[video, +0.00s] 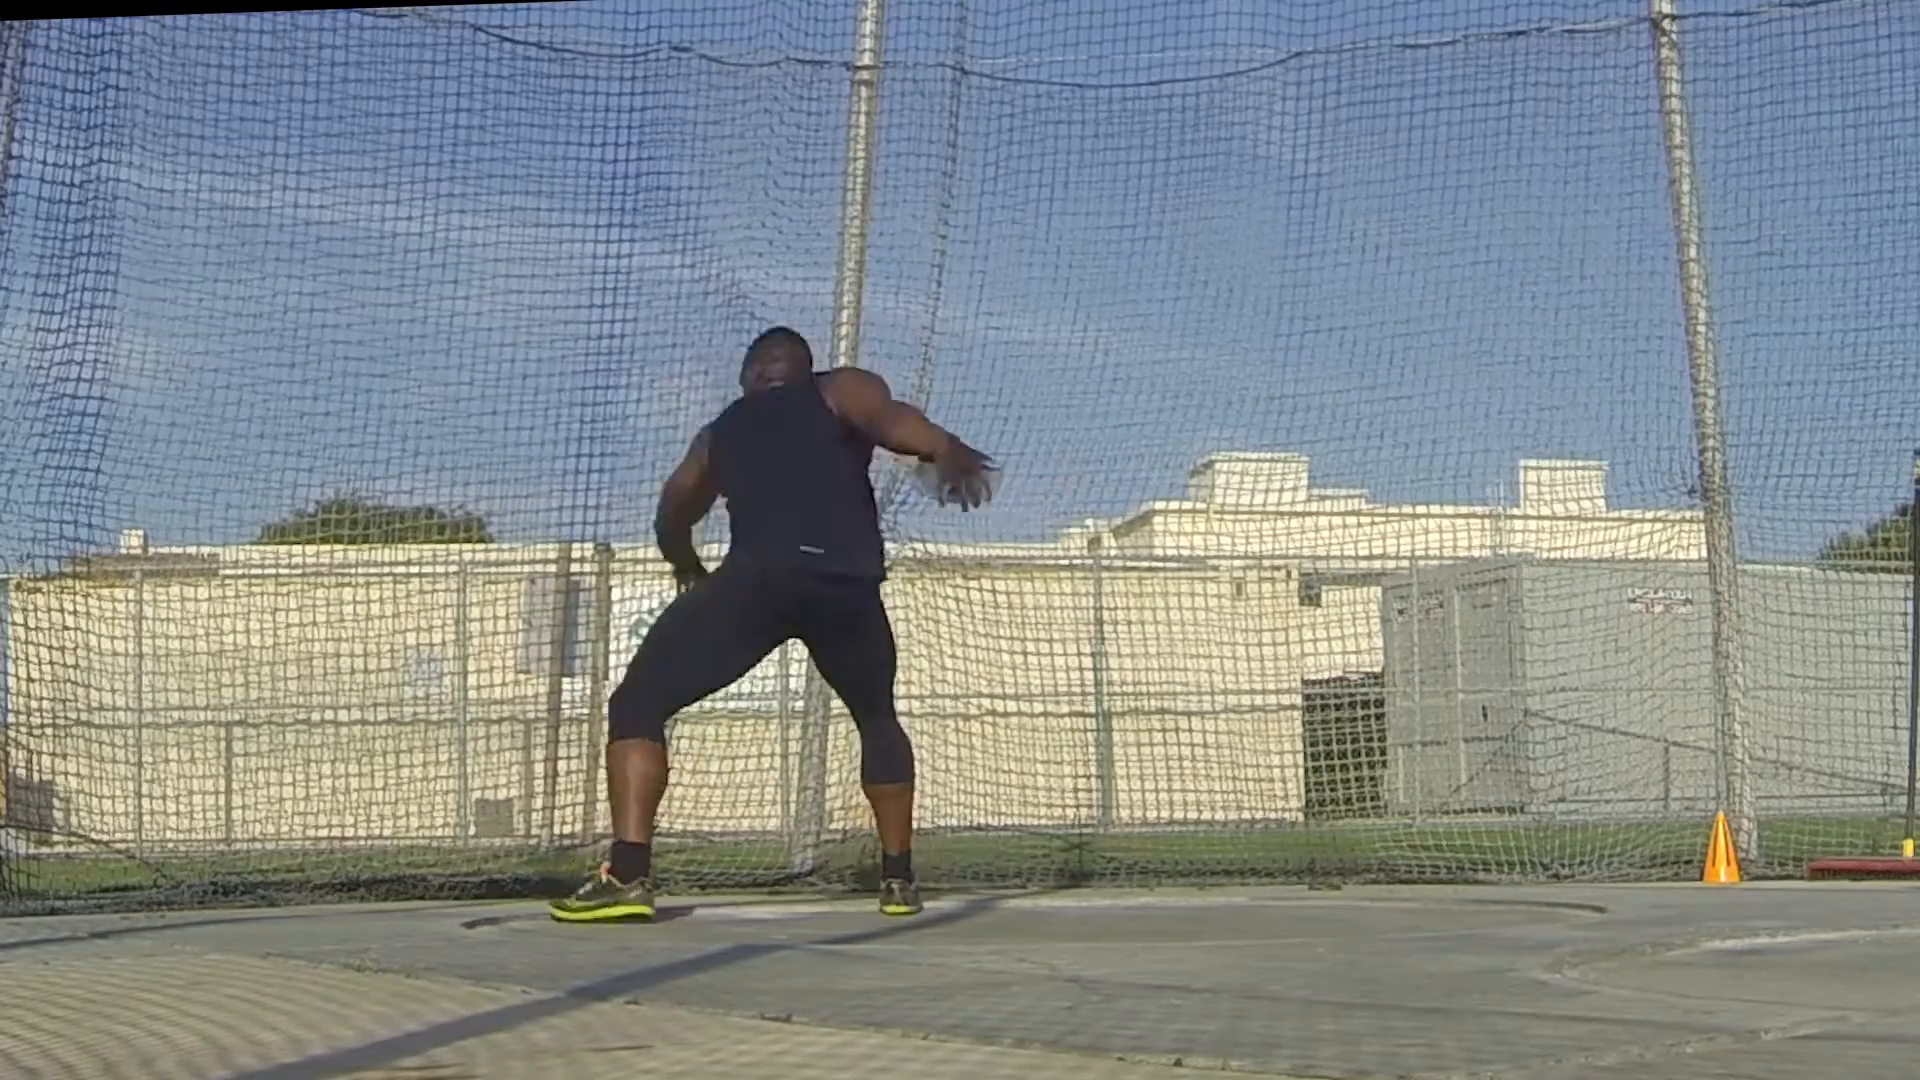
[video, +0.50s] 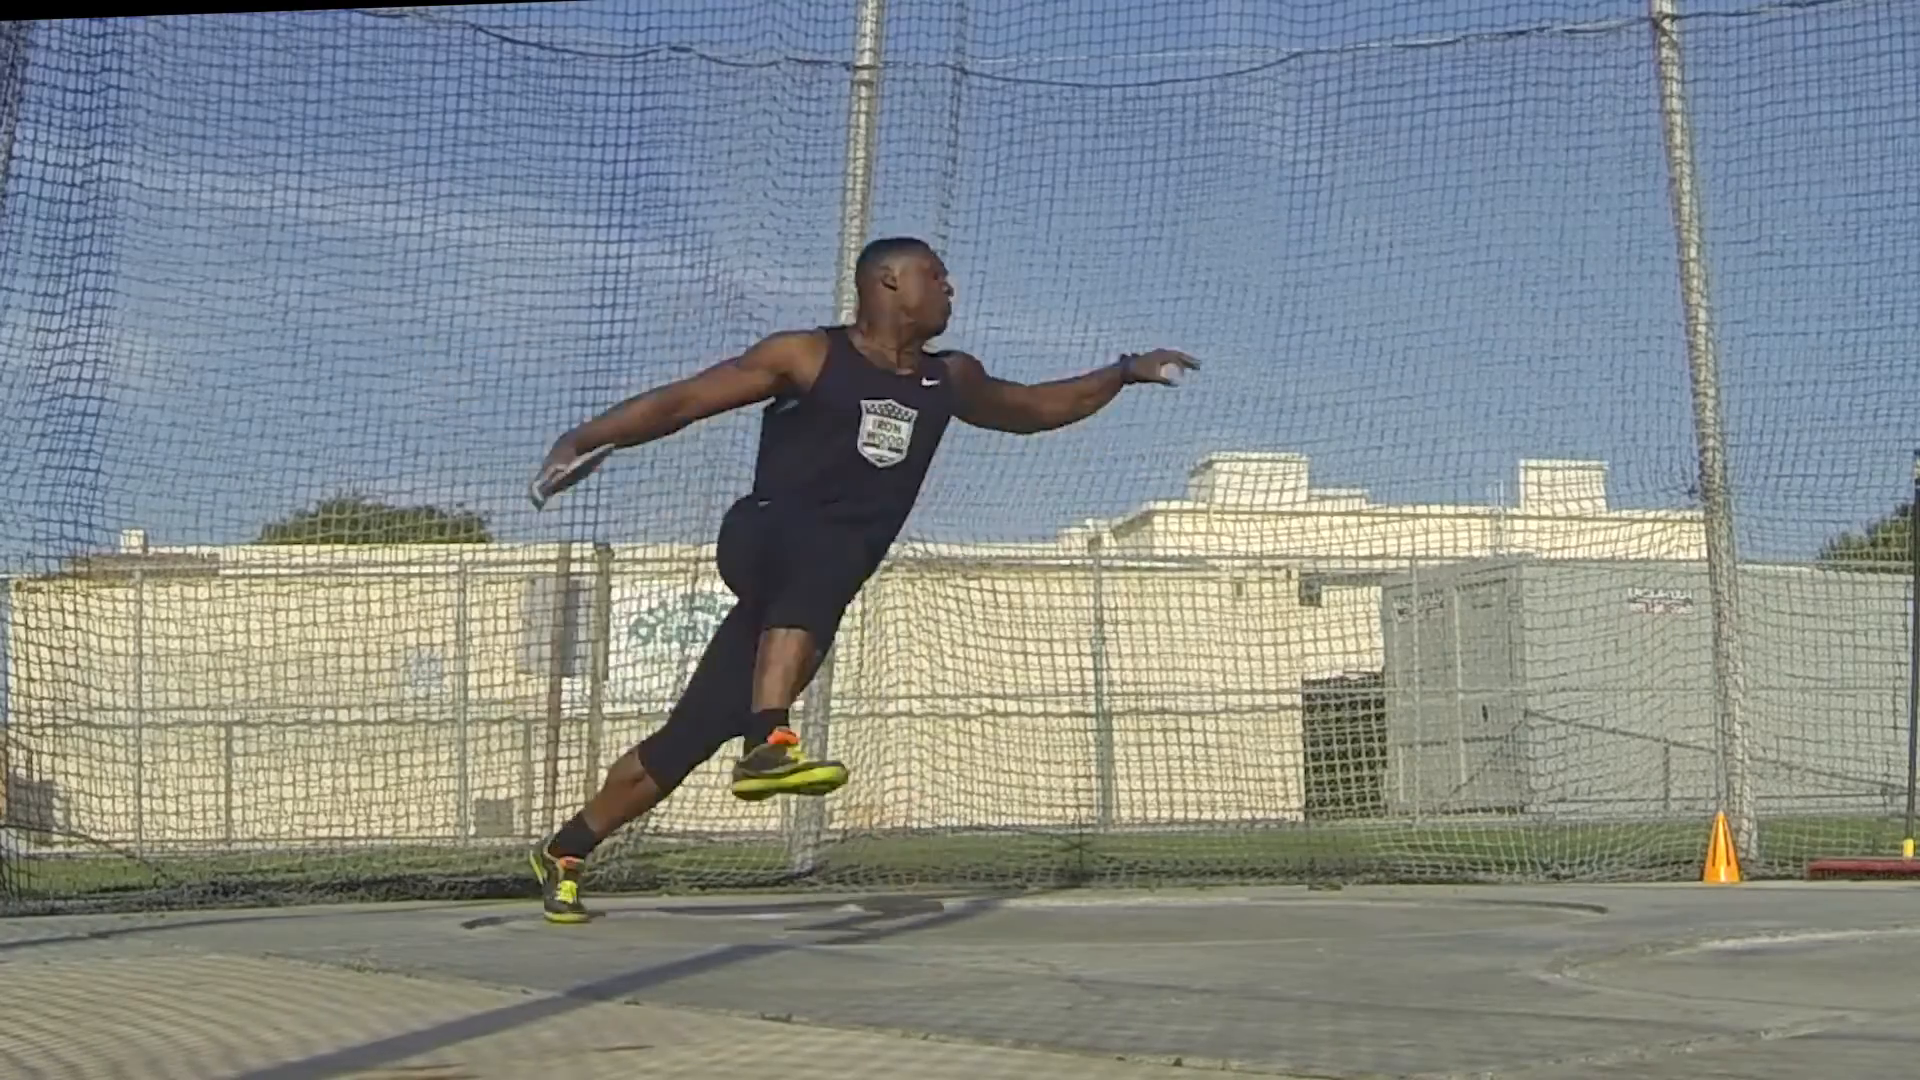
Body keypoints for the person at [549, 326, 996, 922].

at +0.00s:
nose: (763, 369)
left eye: (770, 361)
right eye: (761, 362)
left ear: (750, 379)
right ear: (812, 371)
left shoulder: (721, 432)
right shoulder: (844, 386)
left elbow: (670, 521)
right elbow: (896, 422)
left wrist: (691, 572)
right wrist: (948, 447)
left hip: (751, 584)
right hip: (847, 588)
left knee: (637, 704)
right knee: (878, 719)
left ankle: (626, 875)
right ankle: (898, 877)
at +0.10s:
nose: (669, 362)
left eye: (676, 349)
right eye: (671, 350)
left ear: (714, 343)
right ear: (743, 344)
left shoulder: (683, 405)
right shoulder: (820, 393)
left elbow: (557, 441)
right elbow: (921, 440)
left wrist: (485, 466)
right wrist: (1006, 480)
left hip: (774, 602)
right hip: (848, 603)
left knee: (624, 684)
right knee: (847, 707)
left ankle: (601, 872)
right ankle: (908, 855)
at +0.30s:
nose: (704, 362)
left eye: (717, 347)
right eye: (691, 354)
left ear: (747, 348)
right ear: (683, 365)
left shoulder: (786, 411)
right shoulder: (727, 420)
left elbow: (754, 438)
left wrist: (683, 434)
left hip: (785, 633)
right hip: (714, 590)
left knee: (680, 772)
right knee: (592, 638)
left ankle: (567, 864)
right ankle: (503, 720)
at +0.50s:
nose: (949, 289)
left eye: (947, 278)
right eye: (935, 277)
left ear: (912, 292)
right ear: (882, 287)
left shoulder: (950, 376)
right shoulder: (806, 356)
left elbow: (1039, 408)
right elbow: (684, 402)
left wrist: (1125, 372)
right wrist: (589, 439)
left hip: (831, 572)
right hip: (762, 534)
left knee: (697, 732)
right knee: (831, 551)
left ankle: (564, 849)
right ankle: (768, 741)